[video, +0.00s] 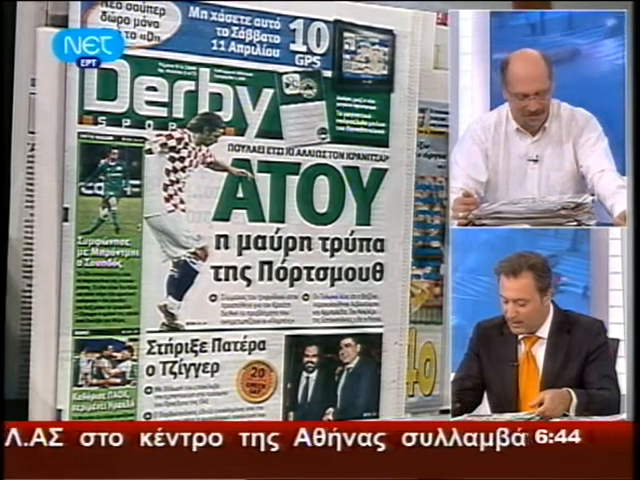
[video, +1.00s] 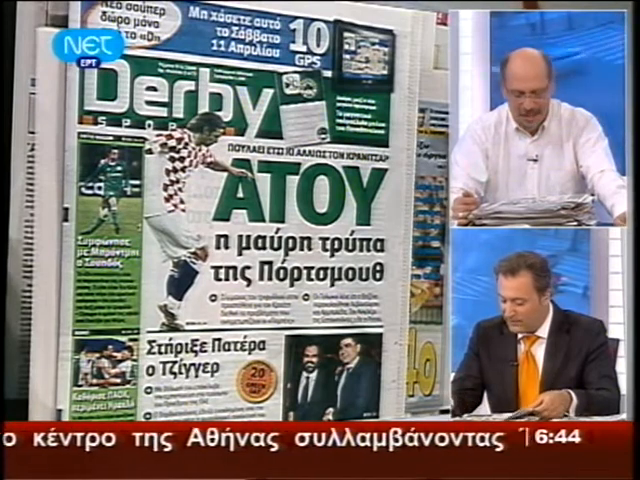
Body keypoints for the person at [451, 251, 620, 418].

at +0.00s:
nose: (510, 313)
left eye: (521, 303)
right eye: (505, 302)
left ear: (547, 297)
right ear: (500, 297)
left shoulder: (588, 333)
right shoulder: (487, 335)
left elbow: (610, 401)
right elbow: (460, 400)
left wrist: (569, 399)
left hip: (570, 452)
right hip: (505, 450)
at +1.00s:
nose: (508, 312)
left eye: (519, 303)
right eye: (503, 301)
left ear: (546, 297)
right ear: (498, 296)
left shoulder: (588, 333)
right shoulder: (486, 334)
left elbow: (610, 401)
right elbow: (462, 401)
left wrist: (570, 400)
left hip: (569, 451)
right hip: (506, 450)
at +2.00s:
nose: (507, 312)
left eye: (518, 303)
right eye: (502, 302)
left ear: (545, 297)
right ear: (497, 297)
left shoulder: (588, 332)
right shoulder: (486, 334)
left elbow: (610, 402)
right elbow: (463, 401)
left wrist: (569, 400)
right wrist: (450, 397)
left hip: (569, 452)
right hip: (504, 451)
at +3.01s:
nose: (508, 312)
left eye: (518, 302)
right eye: (503, 301)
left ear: (545, 296)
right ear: (498, 297)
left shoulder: (588, 332)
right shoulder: (486, 334)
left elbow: (610, 402)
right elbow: (465, 399)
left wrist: (569, 400)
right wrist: (452, 399)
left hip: (569, 452)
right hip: (505, 450)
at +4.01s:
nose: (509, 313)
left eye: (519, 304)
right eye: (504, 302)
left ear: (546, 297)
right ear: (499, 298)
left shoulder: (588, 333)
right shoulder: (487, 334)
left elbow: (610, 402)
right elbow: (461, 401)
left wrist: (569, 400)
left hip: (570, 453)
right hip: (506, 450)